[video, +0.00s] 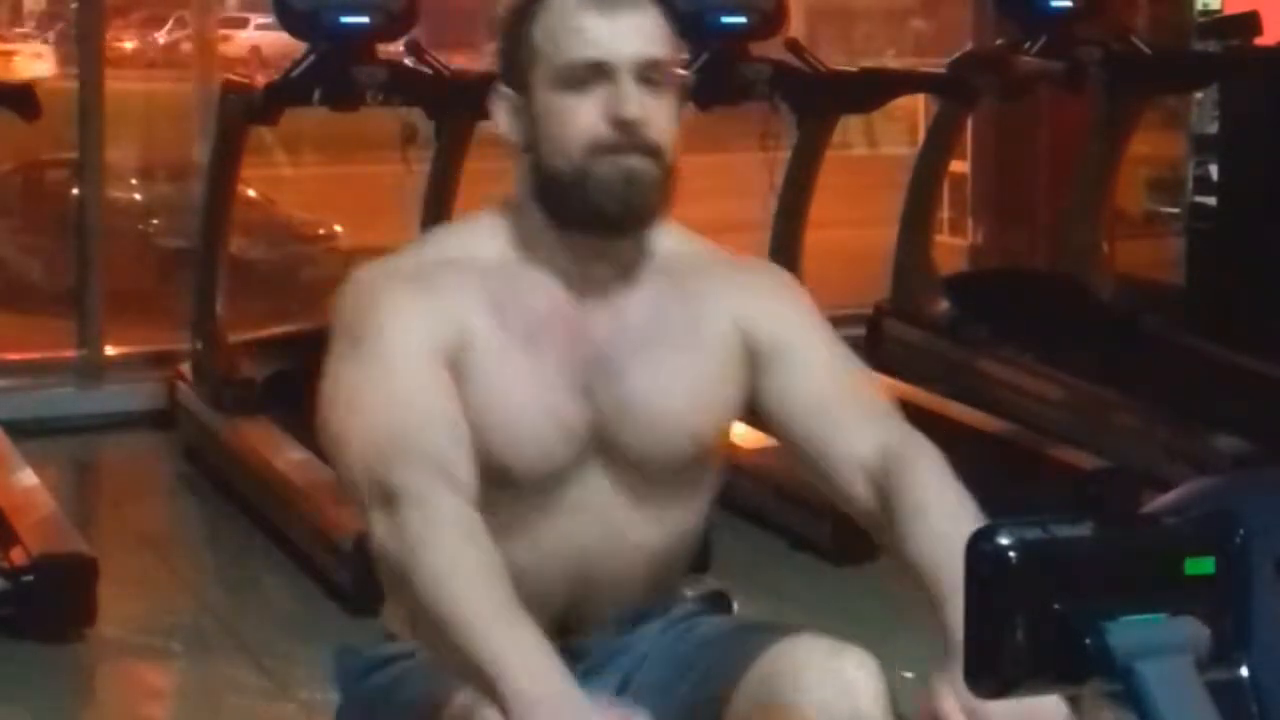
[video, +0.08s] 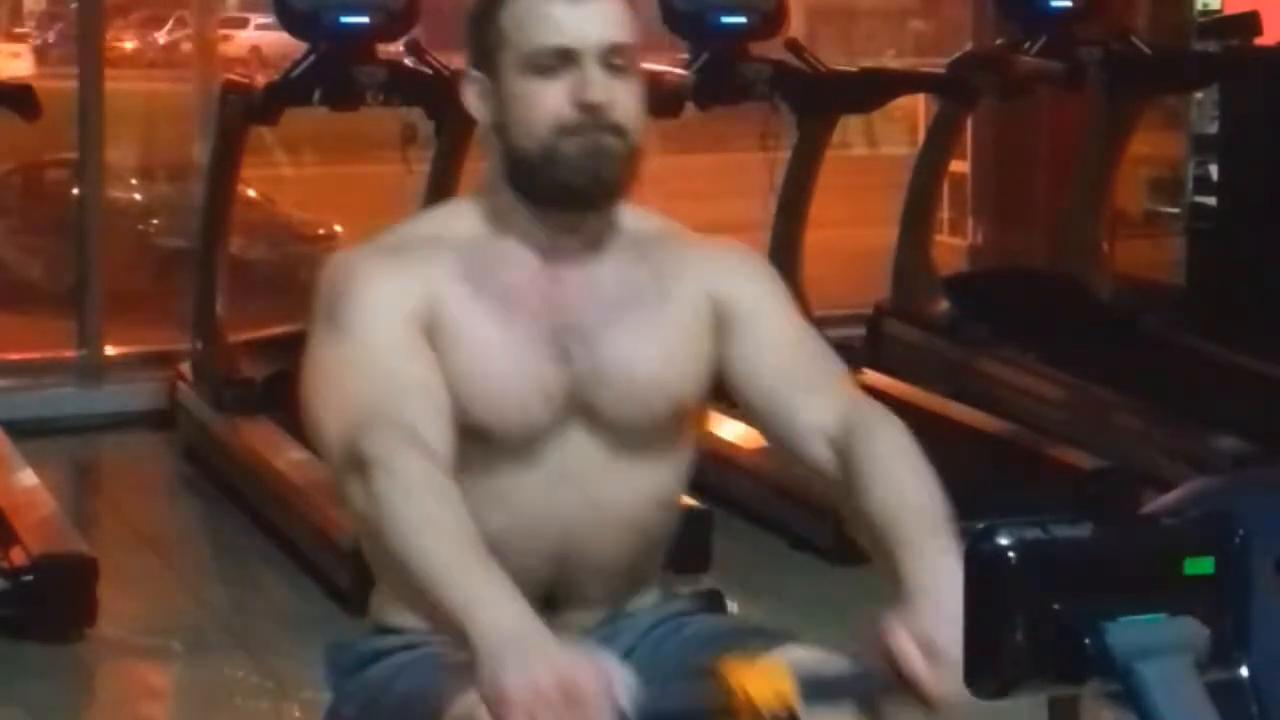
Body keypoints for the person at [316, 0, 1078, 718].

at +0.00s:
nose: (627, 113)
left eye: (654, 81)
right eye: (583, 82)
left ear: (683, 106)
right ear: (511, 113)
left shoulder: (746, 299)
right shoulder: (404, 301)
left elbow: (889, 467)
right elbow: (419, 513)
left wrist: (1004, 652)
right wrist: (550, 698)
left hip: (655, 641)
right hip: (455, 652)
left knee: (836, 682)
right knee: (492, 715)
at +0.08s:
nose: (594, 95)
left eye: (615, 66)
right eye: (551, 67)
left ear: (645, 88)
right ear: (480, 96)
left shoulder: (716, 279)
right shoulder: (386, 279)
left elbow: (850, 431)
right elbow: (393, 472)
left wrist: (936, 593)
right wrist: (510, 638)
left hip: (640, 629)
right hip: (430, 642)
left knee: (829, 685)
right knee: (522, 704)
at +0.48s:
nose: (493, 113)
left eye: (513, 88)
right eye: (457, 89)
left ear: (538, 100)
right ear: (396, 100)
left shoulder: (588, 251)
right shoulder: (313, 258)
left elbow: (698, 401)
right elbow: (196, 440)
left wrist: (714, 469)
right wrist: (328, 489)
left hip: (579, 621)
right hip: (405, 632)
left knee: (686, 712)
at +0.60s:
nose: (501, 115)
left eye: (522, 89)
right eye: (466, 89)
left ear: (543, 101)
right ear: (399, 99)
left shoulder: (578, 245)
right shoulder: (312, 253)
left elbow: (665, 397)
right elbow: (182, 428)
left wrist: (673, 471)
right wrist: (297, 488)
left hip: (597, 610)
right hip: (414, 622)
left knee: (719, 709)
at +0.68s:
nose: (505, 115)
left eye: (525, 89)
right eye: (469, 88)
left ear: (548, 103)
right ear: (406, 100)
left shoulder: (585, 248)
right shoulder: (318, 257)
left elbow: (698, 398)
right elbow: (186, 438)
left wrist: (700, 476)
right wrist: (314, 503)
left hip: (595, 617)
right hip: (413, 632)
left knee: (730, 711)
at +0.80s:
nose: (525, 104)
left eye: (547, 77)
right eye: (488, 78)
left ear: (570, 95)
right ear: (424, 95)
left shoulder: (613, 254)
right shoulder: (331, 257)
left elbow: (751, 404)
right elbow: (205, 442)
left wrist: (757, 490)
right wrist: (356, 533)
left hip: (606, 613)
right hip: (418, 631)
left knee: (778, 711)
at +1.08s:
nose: (598, 102)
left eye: (619, 73)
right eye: (557, 75)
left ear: (646, 93)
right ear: (484, 98)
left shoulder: (710, 282)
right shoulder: (389, 282)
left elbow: (859, 428)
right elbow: (329, 474)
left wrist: (916, 564)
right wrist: (483, 623)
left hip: (649, 643)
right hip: (436, 653)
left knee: (839, 694)